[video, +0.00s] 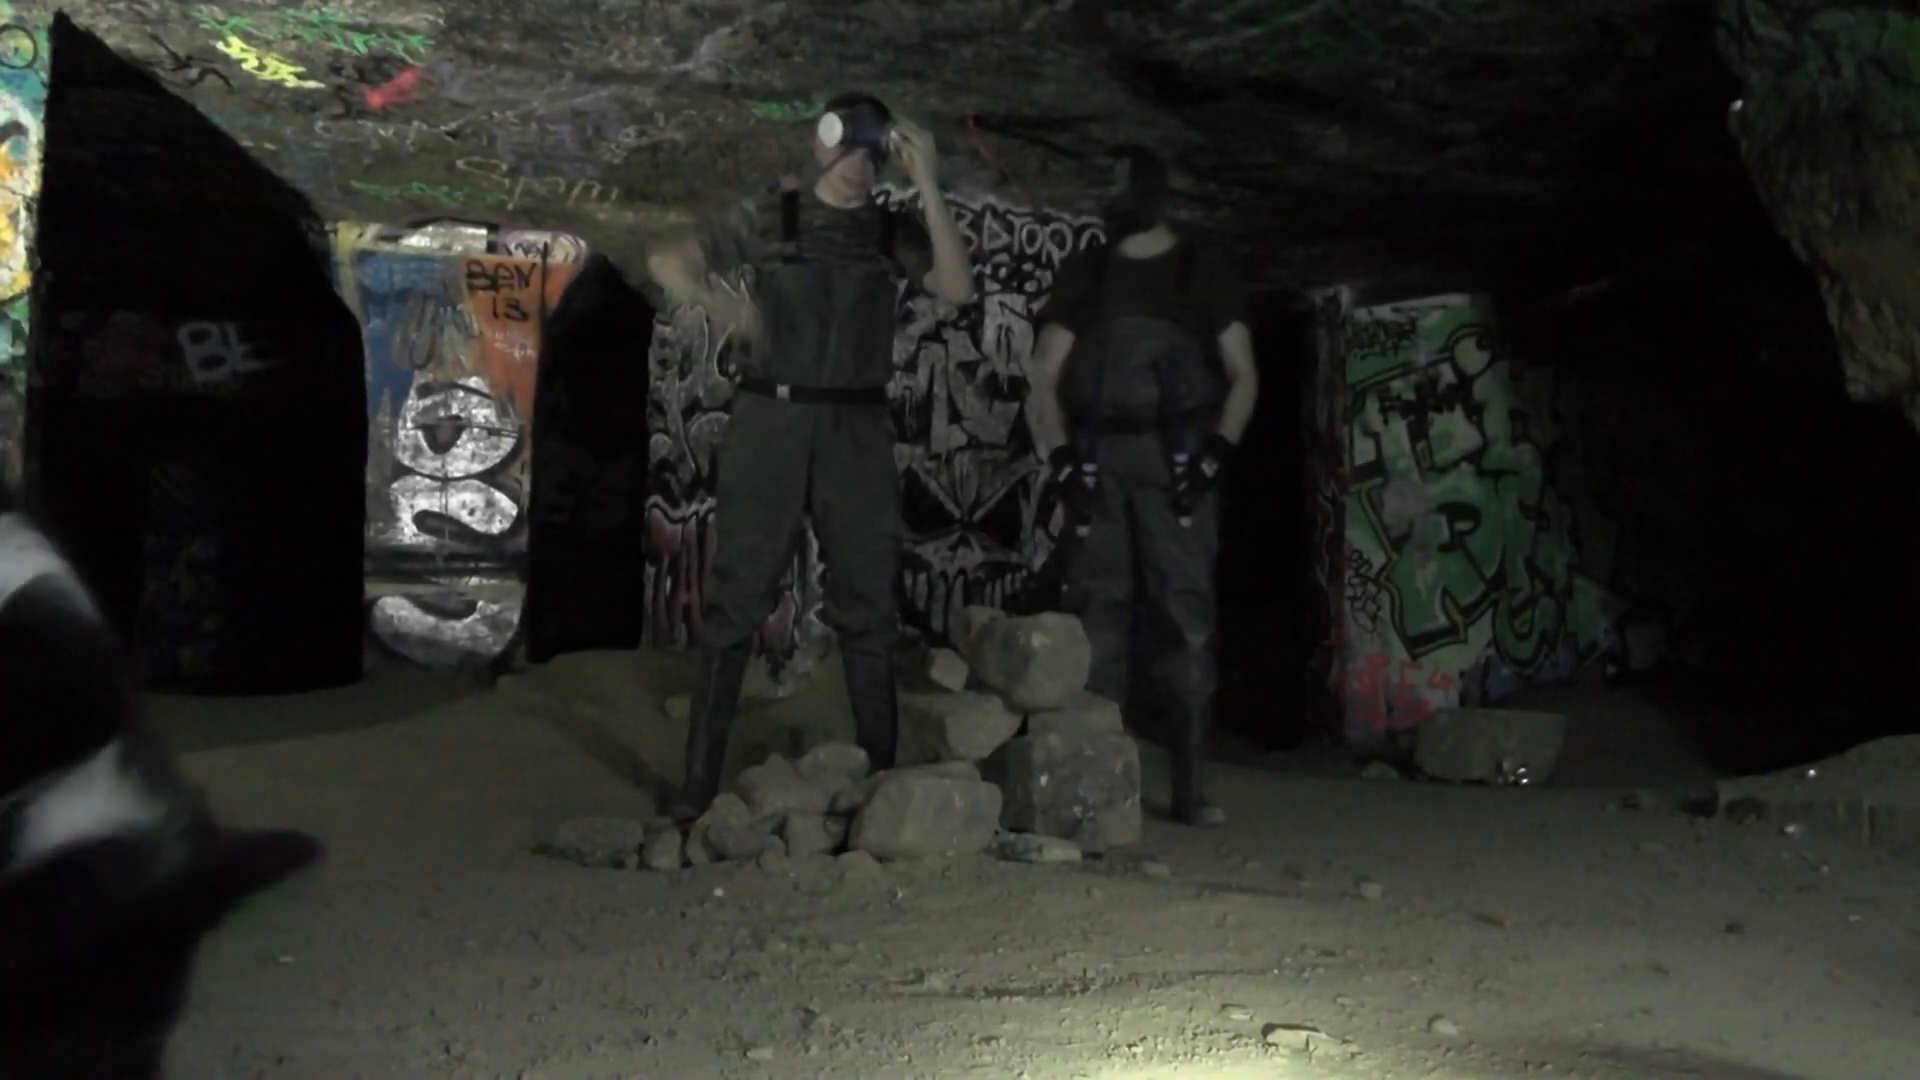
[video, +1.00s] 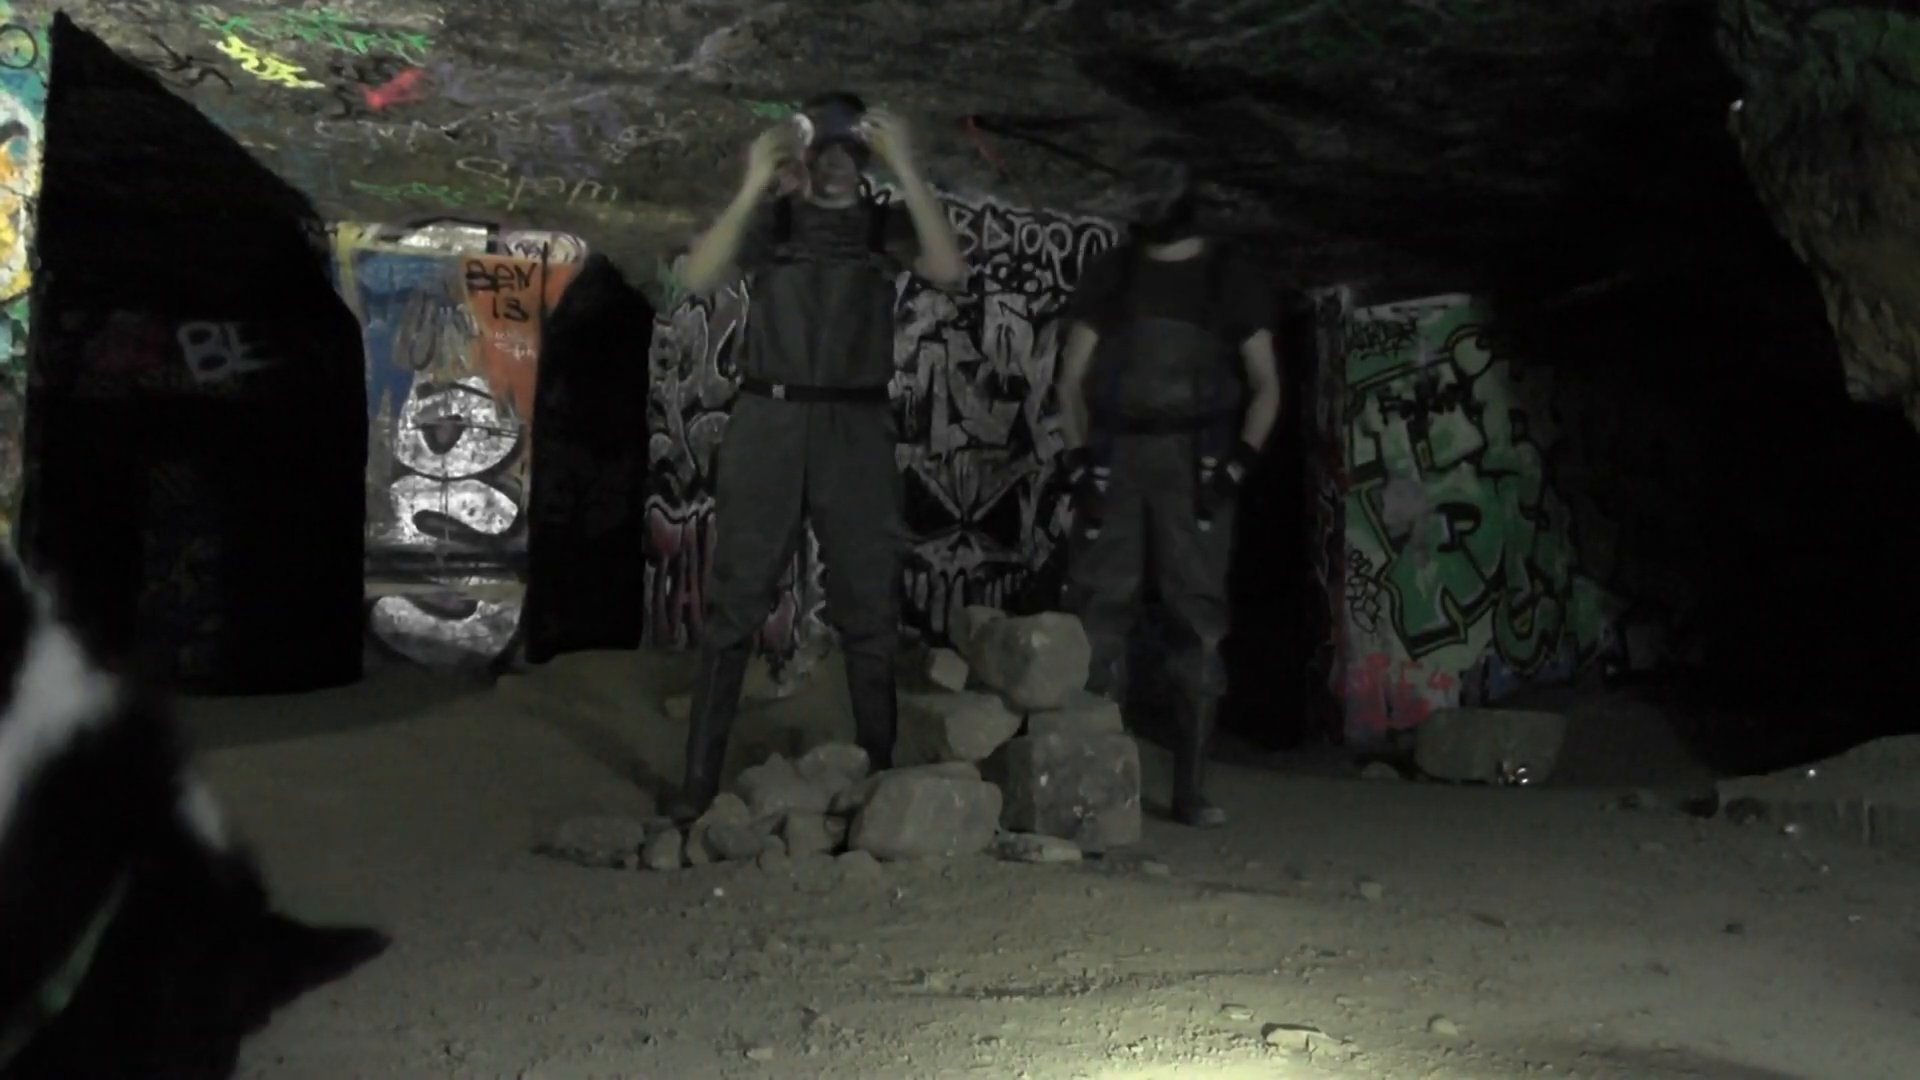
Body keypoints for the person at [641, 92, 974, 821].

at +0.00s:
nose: (860, 166)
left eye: (873, 155)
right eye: (850, 149)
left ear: (884, 161)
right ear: (819, 145)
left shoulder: (891, 230)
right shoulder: (769, 215)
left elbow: (956, 289)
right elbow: (668, 261)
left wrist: (926, 183)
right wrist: (727, 311)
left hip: (858, 439)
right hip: (769, 435)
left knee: (868, 612)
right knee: (736, 609)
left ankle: (882, 779)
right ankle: (699, 786)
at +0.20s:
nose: (847, 163)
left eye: (861, 152)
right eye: (836, 147)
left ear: (879, 162)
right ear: (811, 150)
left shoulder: (892, 230)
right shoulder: (770, 217)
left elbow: (955, 278)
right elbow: (657, 201)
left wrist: (918, 175)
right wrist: (755, 192)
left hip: (859, 438)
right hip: (769, 433)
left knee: (869, 614)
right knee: (737, 609)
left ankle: (880, 780)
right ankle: (699, 786)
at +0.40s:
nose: (848, 157)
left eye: (861, 146)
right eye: (836, 143)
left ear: (878, 158)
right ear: (811, 148)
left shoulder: (891, 228)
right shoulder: (766, 217)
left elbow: (956, 276)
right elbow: (660, 179)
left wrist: (918, 176)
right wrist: (754, 186)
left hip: (860, 440)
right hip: (770, 435)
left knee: (870, 616)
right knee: (736, 610)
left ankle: (880, 781)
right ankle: (700, 786)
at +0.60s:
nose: (846, 154)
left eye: (860, 144)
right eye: (834, 140)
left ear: (878, 156)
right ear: (810, 147)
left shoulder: (890, 225)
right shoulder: (769, 213)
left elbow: (956, 274)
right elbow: (661, 181)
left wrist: (918, 174)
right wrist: (756, 187)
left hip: (860, 438)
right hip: (770, 433)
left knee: (869, 614)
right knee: (737, 608)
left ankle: (880, 780)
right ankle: (699, 786)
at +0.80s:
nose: (846, 161)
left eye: (860, 150)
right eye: (835, 146)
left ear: (877, 161)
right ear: (809, 151)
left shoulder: (891, 225)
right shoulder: (771, 213)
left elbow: (957, 274)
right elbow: (655, 234)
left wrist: (917, 172)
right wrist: (726, 210)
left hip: (859, 439)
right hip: (769, 434)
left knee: (870, 616)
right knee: (737, 611)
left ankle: (880, 782)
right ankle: (699, 787)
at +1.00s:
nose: (835, 164)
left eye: (849, 152)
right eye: (822, 150)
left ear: (867, 161)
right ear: (797, 159)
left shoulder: (885, 225)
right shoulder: (765, 222)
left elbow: (949, 273)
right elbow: (696, 277)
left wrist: (904, 167)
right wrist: (754, 190)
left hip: (857, 438)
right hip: (767, 435)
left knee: (870, 614)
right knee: (734, 611)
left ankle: (879, 779)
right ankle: (697, 789)